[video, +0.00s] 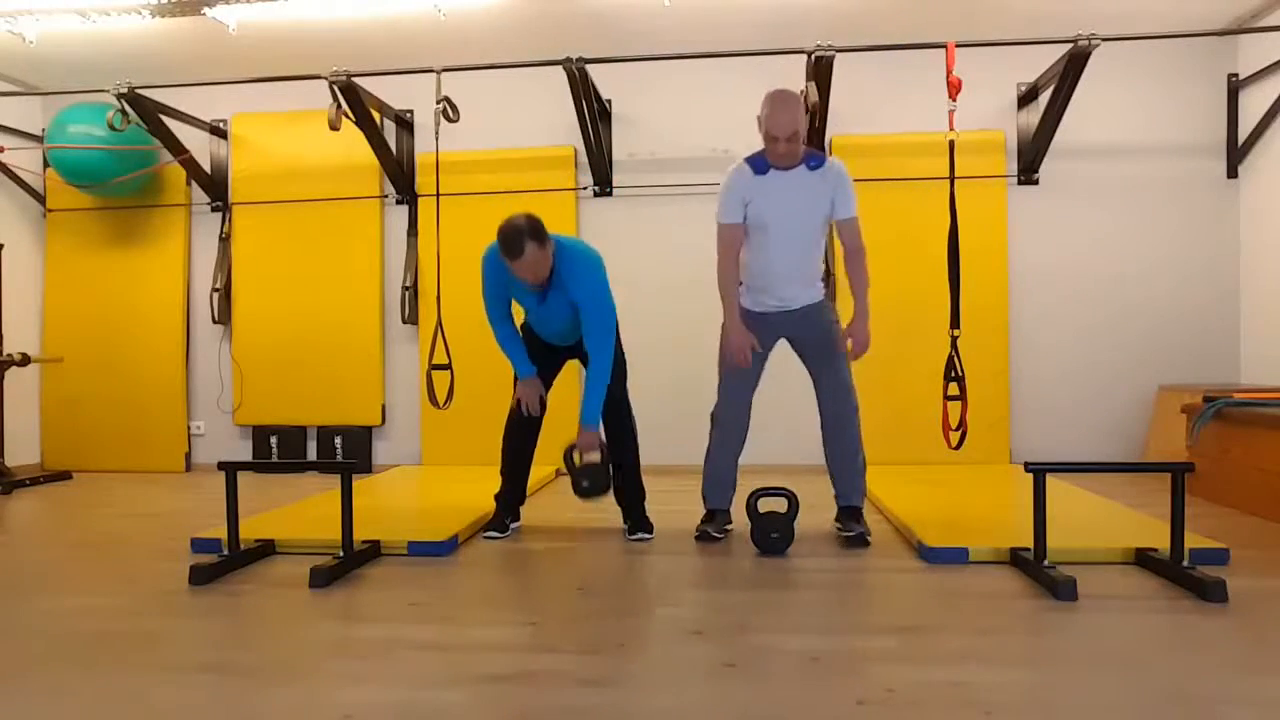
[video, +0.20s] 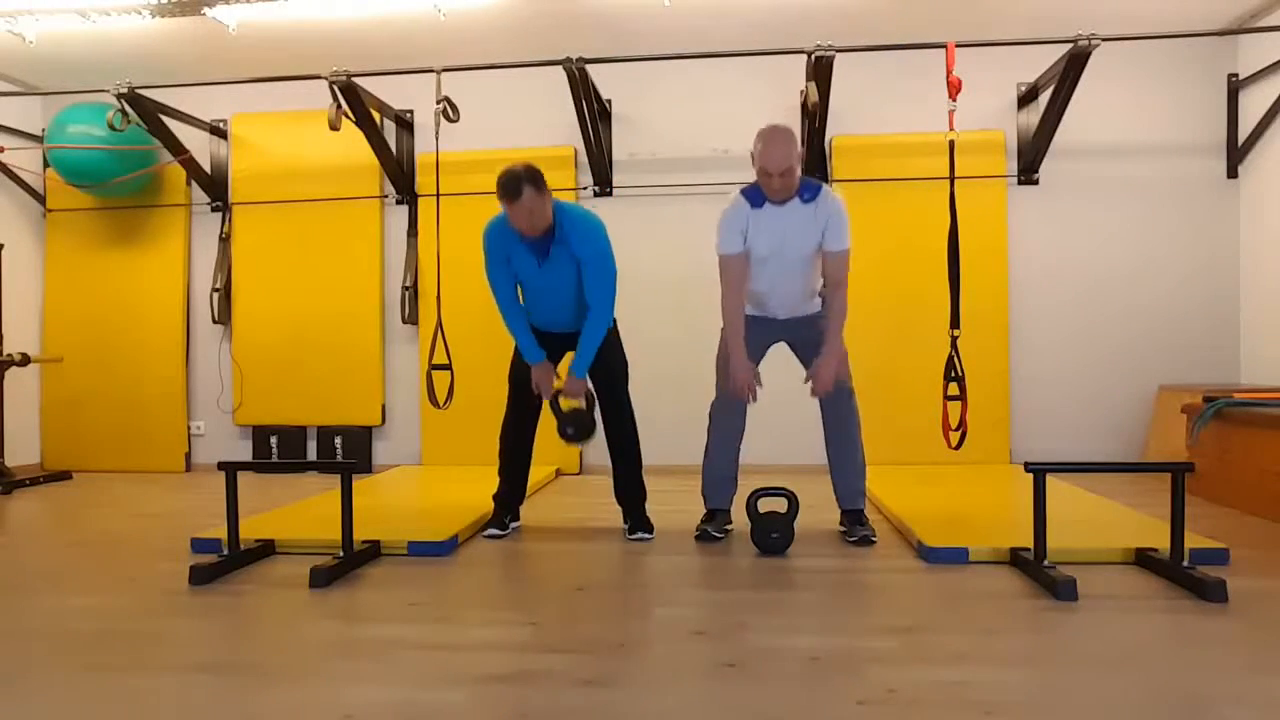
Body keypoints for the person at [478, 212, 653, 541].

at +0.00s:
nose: (535, 279)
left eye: (540, 271)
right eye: (524, 274)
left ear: (550, 249)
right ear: (507, 261)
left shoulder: (584, 262)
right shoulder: (496, 262)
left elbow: (601, 348)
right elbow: (499, 319)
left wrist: (589, 425)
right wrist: (525, 374)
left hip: (596, 336)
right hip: (542, 337)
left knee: (618, 416)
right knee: (524, 412)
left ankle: (635, 513)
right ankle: (507, 509)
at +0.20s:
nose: (529, 222)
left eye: (535, 211)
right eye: (519, 214)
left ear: (547, 197)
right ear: (505, 209)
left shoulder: (585, 228)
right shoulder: (497, 235)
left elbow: (602, 309)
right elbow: (508, 305)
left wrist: (578, 370)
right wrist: (535, 359)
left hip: (593, 332)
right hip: (537, 336)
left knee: (618, 414)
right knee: (518, 417)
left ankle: (635, 512)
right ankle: (506, 509)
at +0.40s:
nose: (520, 189)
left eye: (527, 177)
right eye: (510, 181)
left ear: (543, 165)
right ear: (500, 177)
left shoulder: (581, 207)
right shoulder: (493, 217)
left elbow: (597, 279)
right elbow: (500, 287)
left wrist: (569, 339)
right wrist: (527, 340)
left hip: (583, 327)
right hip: (526, 332)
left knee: (611, 418)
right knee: (510, 422)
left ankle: (635, 513)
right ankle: (506, 509)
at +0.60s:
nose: (525, 166)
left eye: (533, 155)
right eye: (517, 157)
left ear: (552, 147)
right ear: (508, 155)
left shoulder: (584, 195)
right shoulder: (495, 201)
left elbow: (595, 267)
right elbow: (495, 271)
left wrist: (565, 324)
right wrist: (521, 327)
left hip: (578, 324)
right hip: (520, 327)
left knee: (603, 419)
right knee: (507, 422)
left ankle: (625, 512)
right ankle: (506, 509)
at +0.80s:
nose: (534, 153)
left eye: (542, 142)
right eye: (526, 144)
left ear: (560, 141)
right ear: (517, 144)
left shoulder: (590, 194)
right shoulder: (502, 196)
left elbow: (596, 267)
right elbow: (503, 264)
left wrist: (574, 324)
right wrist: (527, 320)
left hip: (581, 323)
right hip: (525, 324)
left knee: (606, 419)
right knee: (506, 420)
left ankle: (627, 512)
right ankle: (494, 513)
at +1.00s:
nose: (528, 141)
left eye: (535, 132)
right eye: (519, 135)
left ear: (552, 136)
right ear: (510, 141)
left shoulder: (582, 190)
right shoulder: (496, 196)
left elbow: (582, 262)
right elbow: (496, 264)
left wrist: (560, 322)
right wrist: (515, 321)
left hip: (573, 322)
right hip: (517, 324)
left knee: (603, 418)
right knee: (503, 422)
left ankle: (627, 514)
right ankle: (493, 512)